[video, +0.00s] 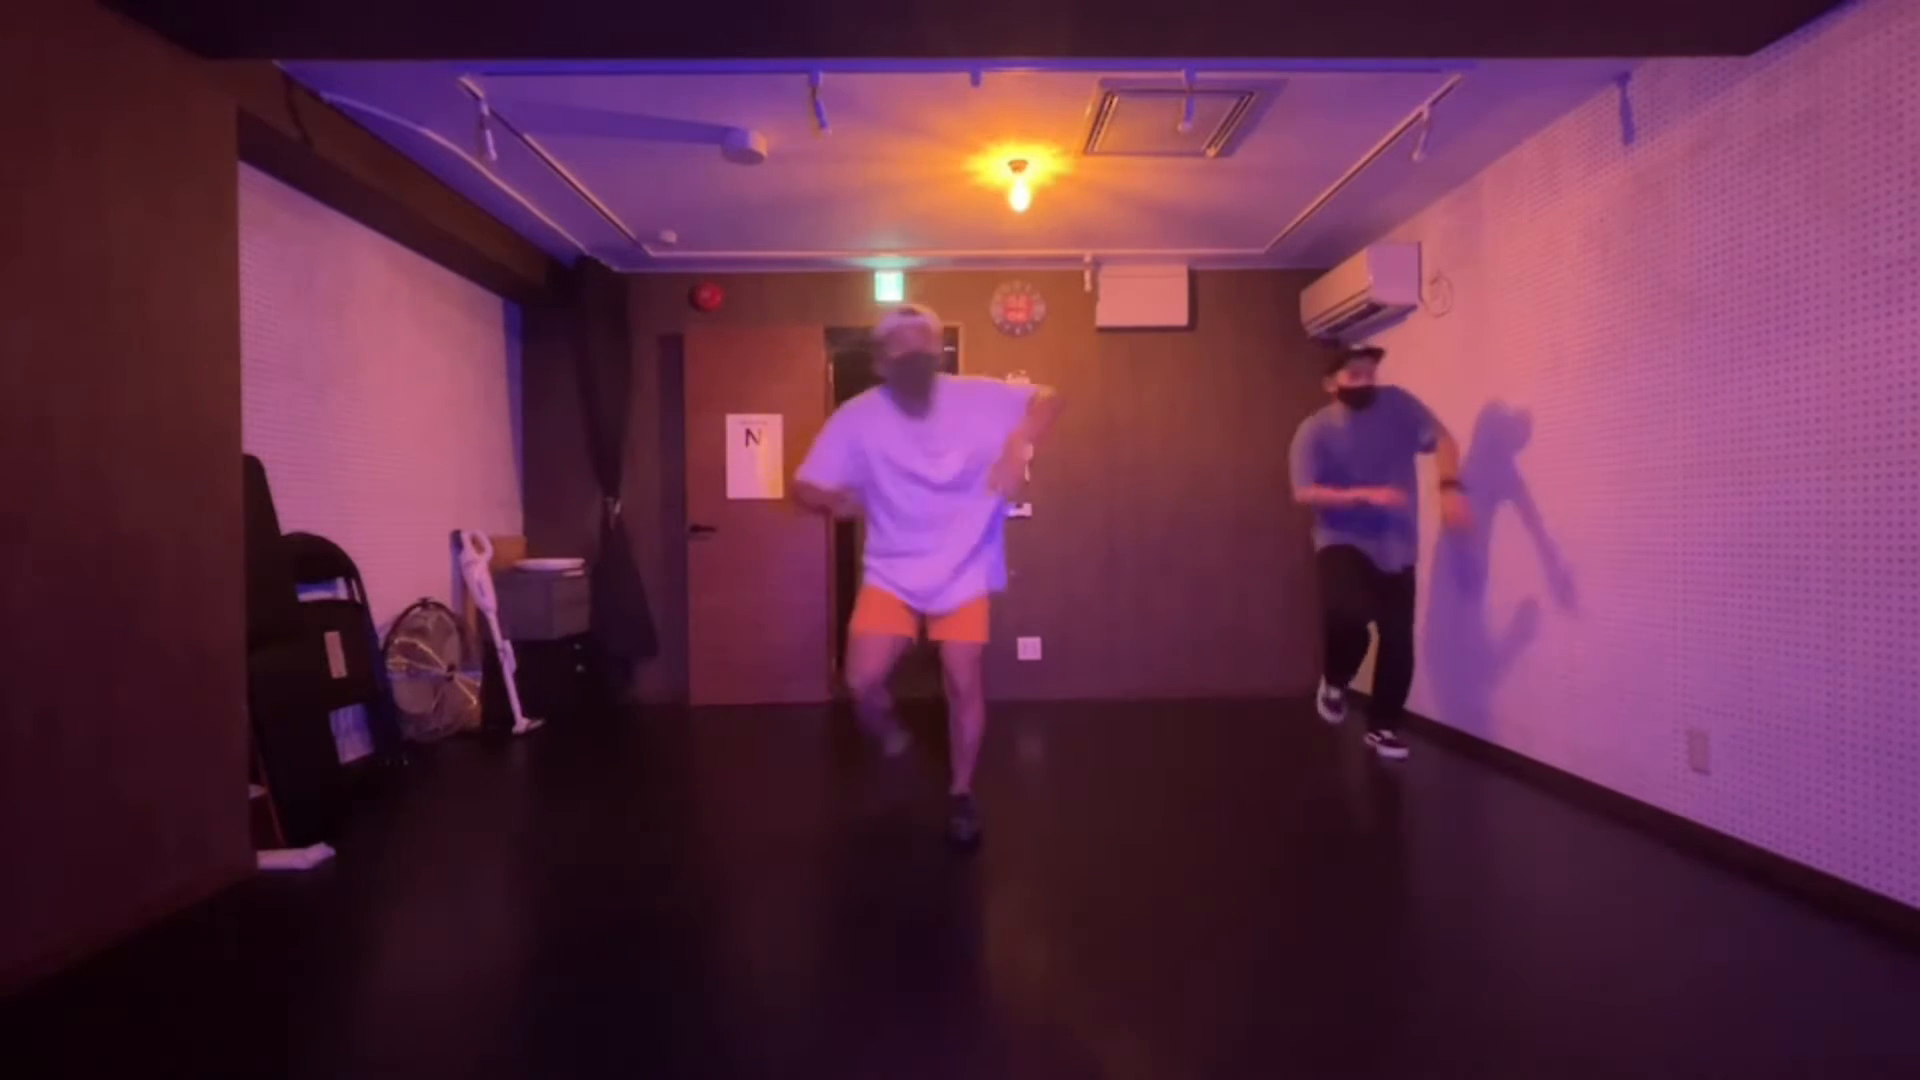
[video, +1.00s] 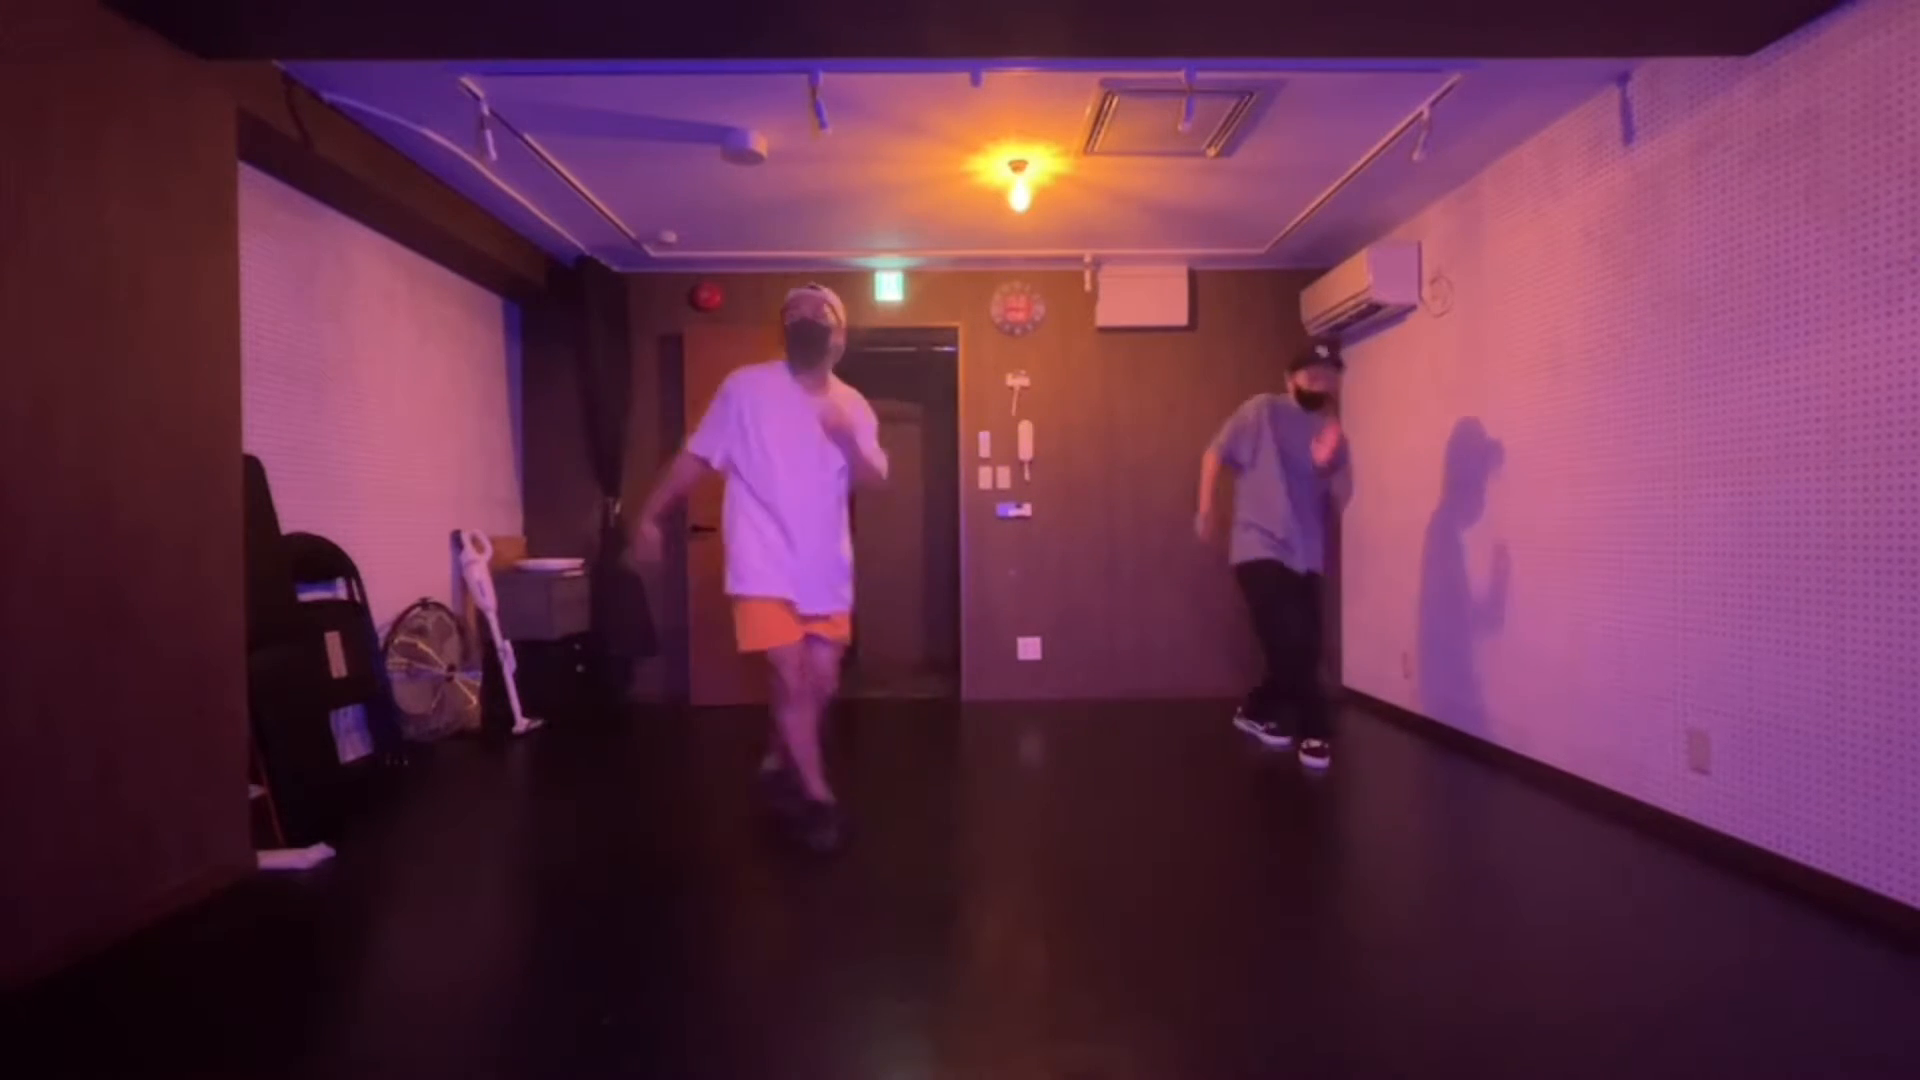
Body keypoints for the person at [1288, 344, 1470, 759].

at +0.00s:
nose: (1362, 381)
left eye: (1367, 372)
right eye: (1353, 373)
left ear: (1376, 373)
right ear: (1332, 378)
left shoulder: (1396, 405)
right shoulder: (1316, 429)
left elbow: (1444, 443)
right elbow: (1304, 492)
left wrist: (1449, 488)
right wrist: (1367, 494)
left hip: (1394, 547)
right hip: (1342, 544)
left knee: (1397, 639)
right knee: (1348, 622)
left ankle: (1383, 725)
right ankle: (1335, 683)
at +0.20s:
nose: (1333, 385)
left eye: (1338, 376)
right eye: (1322, 378)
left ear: (1347, 378)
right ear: (1302, 387)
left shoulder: (1376, 415)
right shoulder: (1294, 448)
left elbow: (1413, 469)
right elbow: (1296, 510)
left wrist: (1442, 520)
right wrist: (1347, 502)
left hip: (1397, 551)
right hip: (1343, 554)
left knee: (1402, 646)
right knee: (1339, 637)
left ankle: (1384, 726)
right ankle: (1324, 729)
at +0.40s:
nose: (1316, 370)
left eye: (1322, 362)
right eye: (1306, 363)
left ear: (1333, 366)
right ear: (1287, 369)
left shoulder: (1361, 401)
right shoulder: (1276, 429)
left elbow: (1392, 446)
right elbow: (1275, 490)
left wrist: (1398, 493)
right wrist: (1329, 475)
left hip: (1377, 545)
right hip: (1321, 550)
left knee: (1390, 646)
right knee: (1318, 644)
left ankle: (1381, 723)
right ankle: (1317, 734)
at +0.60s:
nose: (1331, 365)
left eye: (1337, 356)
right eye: (1323, 356)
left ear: (1346, 356)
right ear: (1304, 357)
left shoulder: (1361, 392)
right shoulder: (1279, 395)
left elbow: (1399, 434)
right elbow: (1254, 450)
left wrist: (1379, 467)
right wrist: (1308, 477)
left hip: (1345, 539)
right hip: (1293, 542)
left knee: (1358, 633)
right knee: (1301, 641)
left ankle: (1347, 693)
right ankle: (1313, 733)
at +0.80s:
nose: (1334, 387)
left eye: (1341, 378)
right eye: (1326, 377)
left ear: (1349, 381)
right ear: (1307, 379)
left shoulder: (1352, 434)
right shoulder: (1278, 411)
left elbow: (1360, 494)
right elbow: (1245, 461)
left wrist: (1351, 488)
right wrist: (1249, 520)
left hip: (1323, 558)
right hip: (1274, 552)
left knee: (1333, 650)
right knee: (1297, 646)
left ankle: (1275, 699)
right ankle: (1314, 733)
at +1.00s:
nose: (1319, 383)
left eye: (1327, 375)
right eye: (1312, 373)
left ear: (1335, 381)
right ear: (1293, 374)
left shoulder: (1329, 430)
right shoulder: (1263, 409)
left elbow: (1341, 499)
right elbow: (1215, 453)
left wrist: (1328, 468)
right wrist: (1205, 507)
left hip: (1304, 549)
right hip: (1257, 540)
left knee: (1300, 641)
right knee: (1288, 637)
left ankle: (1258, 710)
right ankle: (1312, 733)